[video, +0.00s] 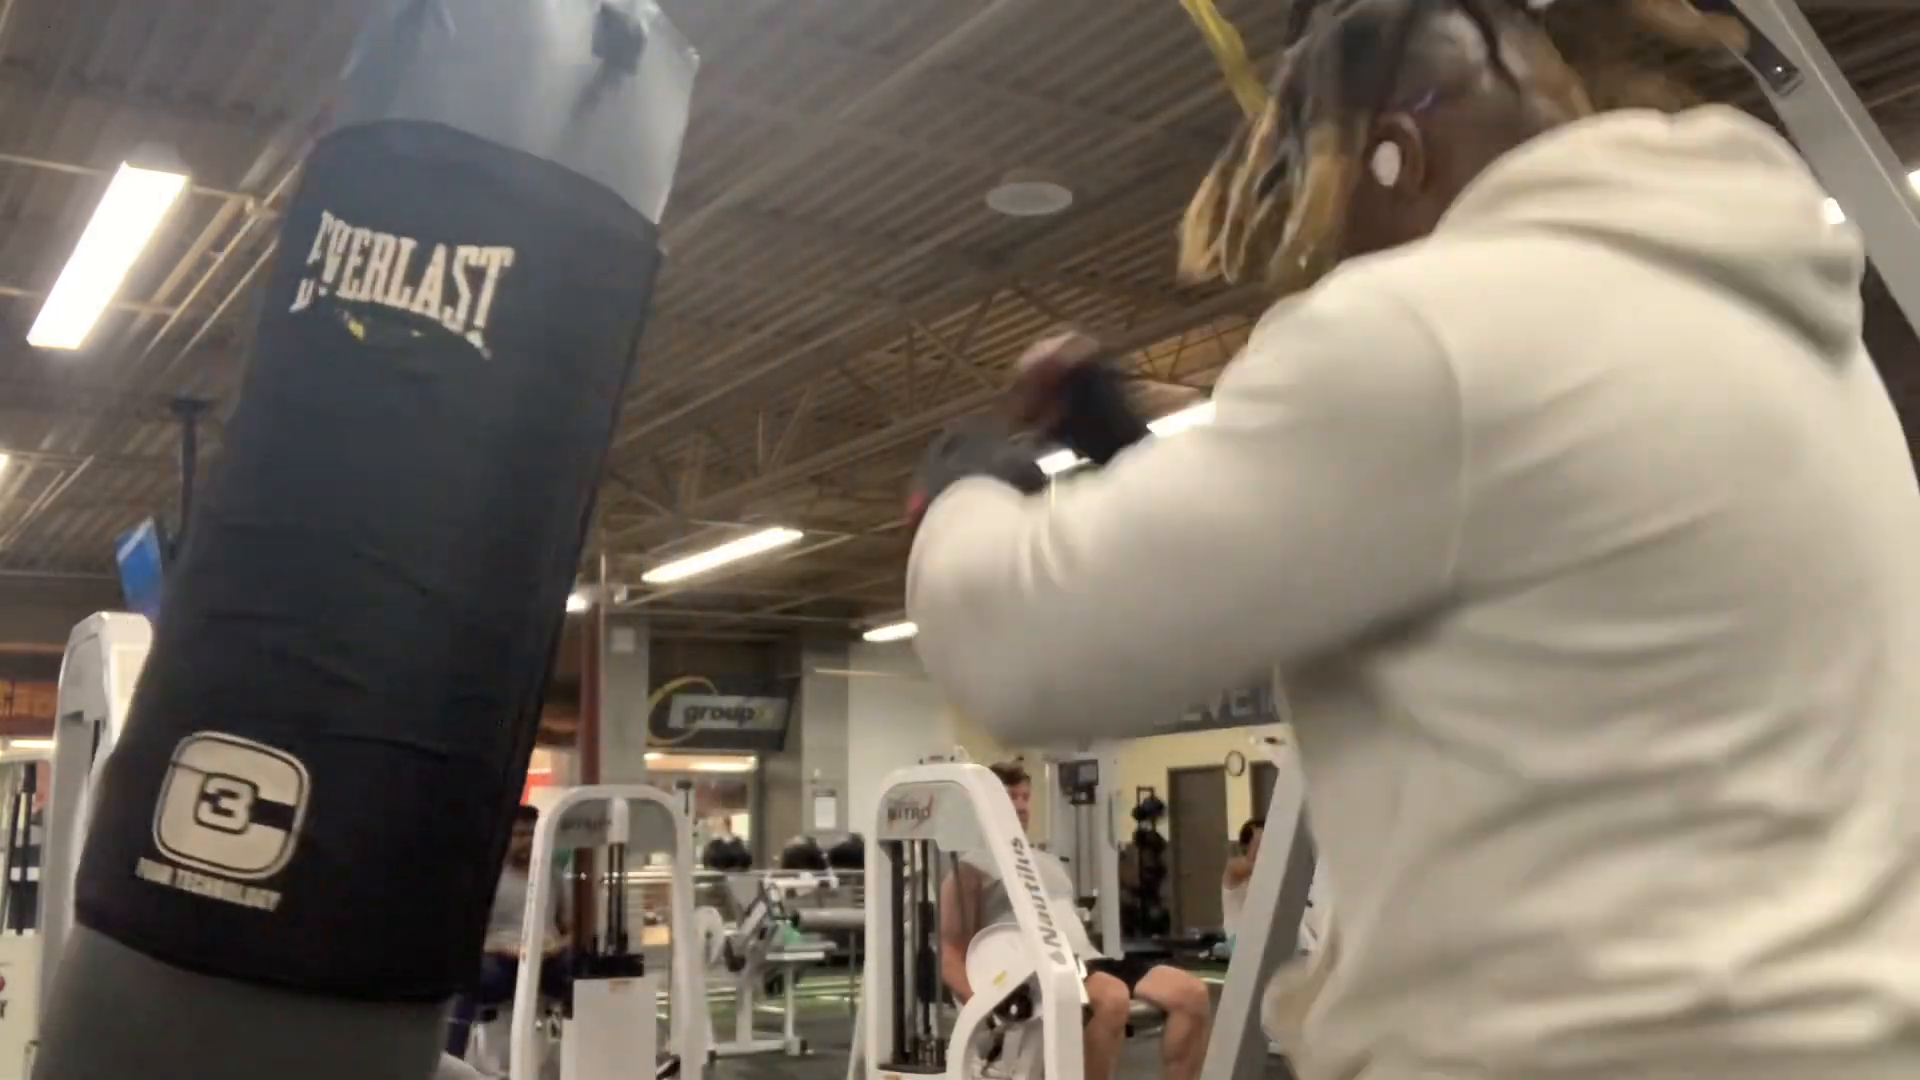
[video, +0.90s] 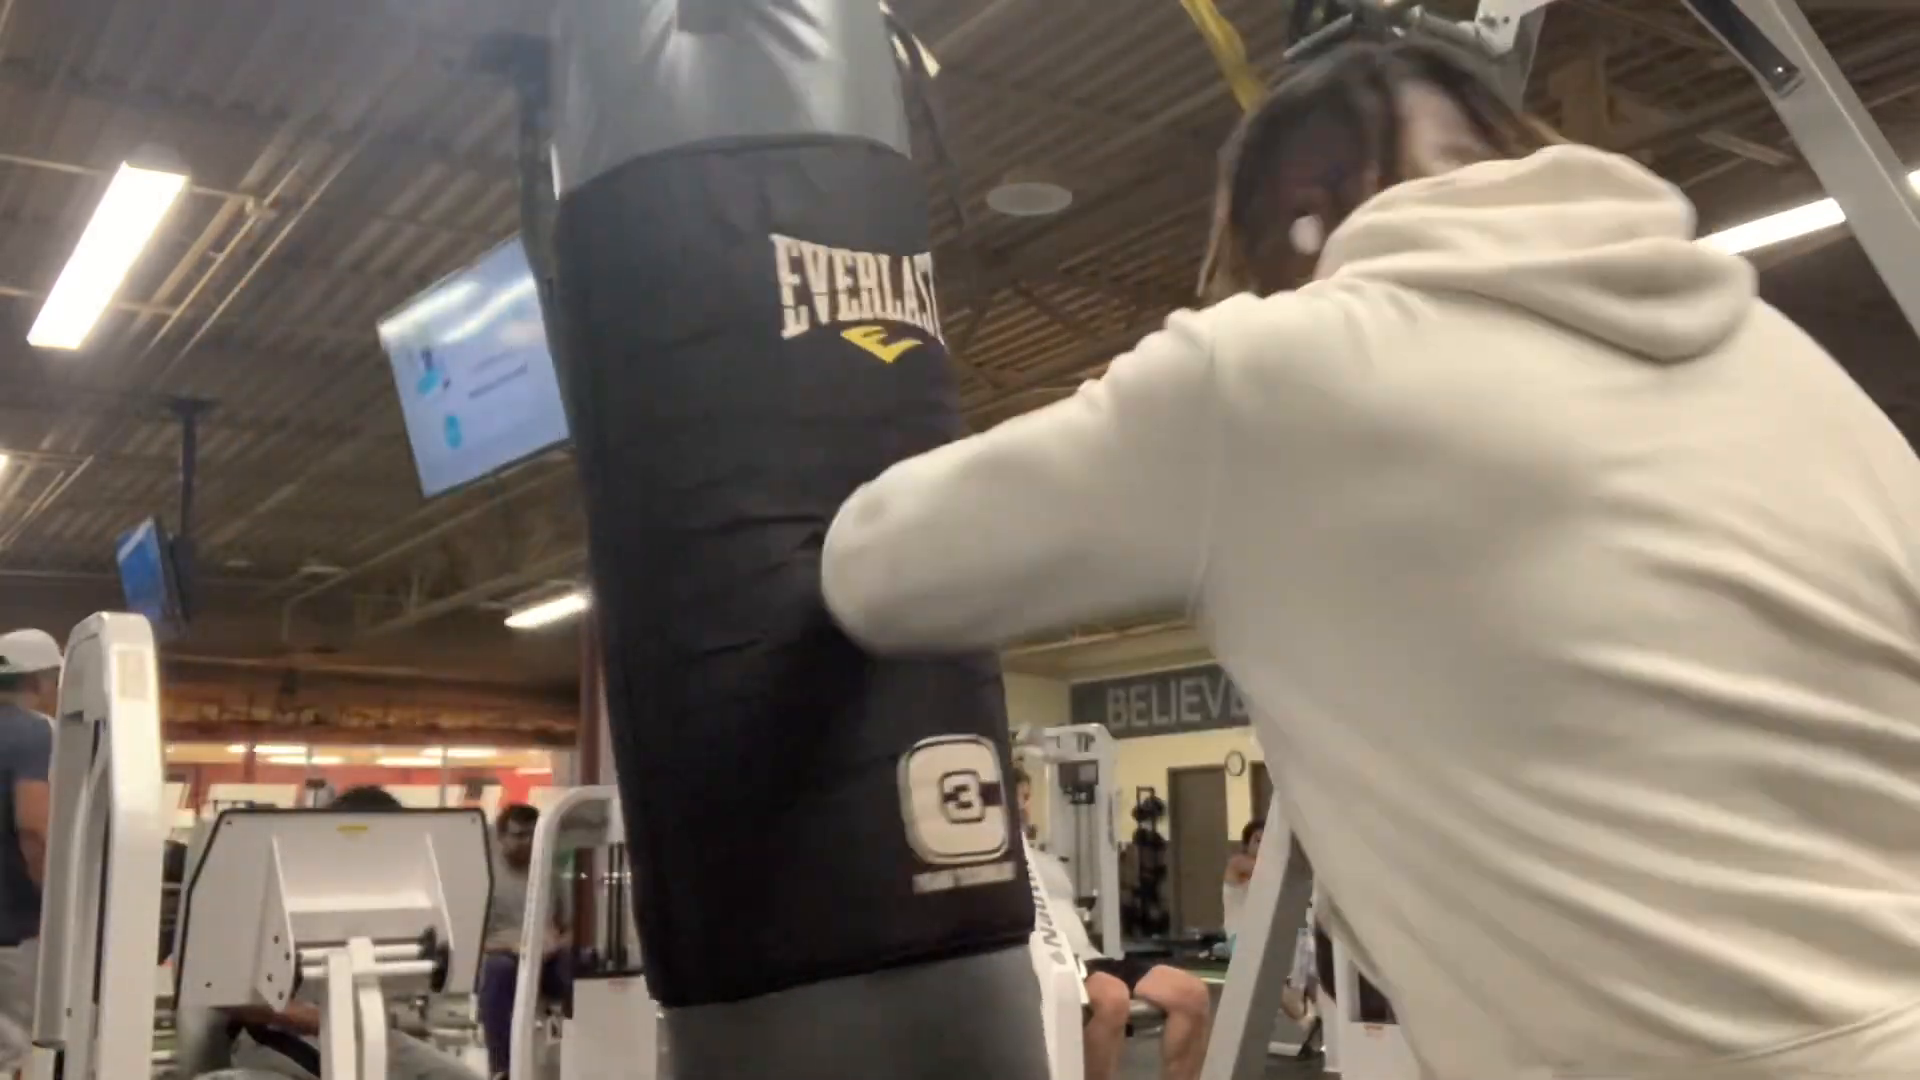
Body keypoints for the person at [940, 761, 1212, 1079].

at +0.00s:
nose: (1021, 806)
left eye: (1025, 798)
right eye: (1011, 798)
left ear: (1031, 803)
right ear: (990, 804)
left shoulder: (1039, 860)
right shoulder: (967, 874)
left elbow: (1060, 926)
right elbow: (952, 961)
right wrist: (985, 1006)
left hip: (1075, 960)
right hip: (1021, 972)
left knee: (1191, 993)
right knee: (1113, 997)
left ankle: (1180, 1074)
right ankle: (1097, 1074)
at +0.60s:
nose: (1020, 806)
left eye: (1024, 798)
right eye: (1010, 798)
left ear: (1030, 802)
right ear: (988, 803)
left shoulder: (1038, 860)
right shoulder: (966, 874)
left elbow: (1058, 925)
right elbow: (952, 960)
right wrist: (985, 1006)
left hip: (1075, 961)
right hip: (1020, 973)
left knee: (1191, 994)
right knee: (1112, 996)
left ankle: (1180, 1075)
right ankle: (1096, 1075)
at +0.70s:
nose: (1019, 806)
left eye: (1024, 797)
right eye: (1010, 797)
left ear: (1031, 801)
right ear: (992, 804)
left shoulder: (1044, 858)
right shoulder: (989, 860)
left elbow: (1067, 912)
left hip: (1083, 957)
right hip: (1037, 965)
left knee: (1192, 995)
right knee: (1112, 999)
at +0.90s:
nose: (1023, 806)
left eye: (1026, 798)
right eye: (1016, 799)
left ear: (1031, 801)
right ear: (999, 804)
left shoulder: (1041, 856)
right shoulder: (994, 857)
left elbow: (1064, 907)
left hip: (1085, 956)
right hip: (1044, 965)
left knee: (1192, 994)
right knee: (1112, 1000)